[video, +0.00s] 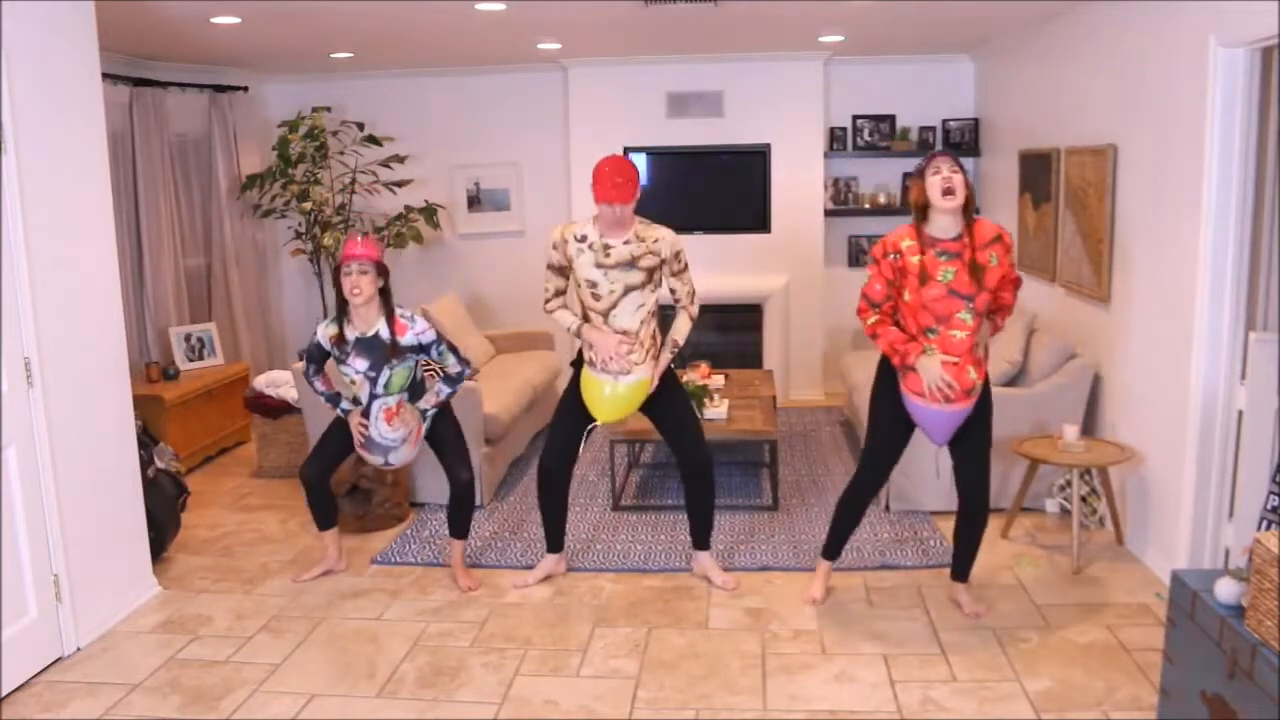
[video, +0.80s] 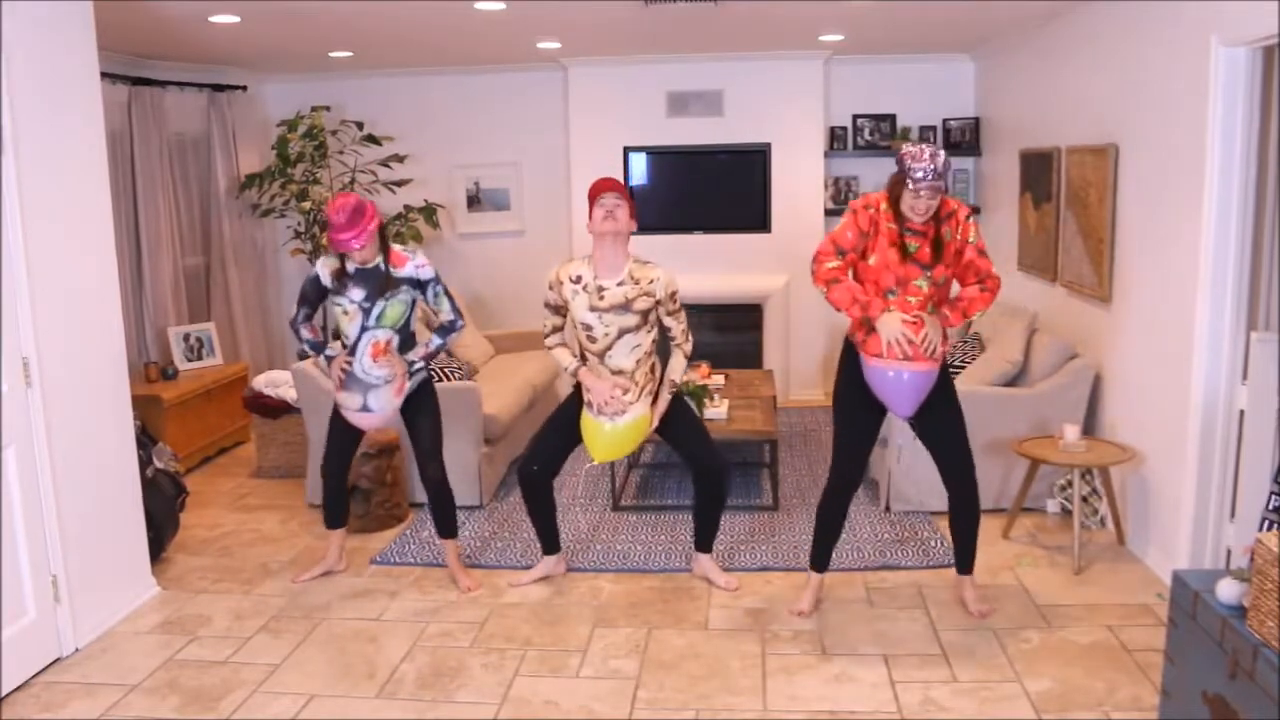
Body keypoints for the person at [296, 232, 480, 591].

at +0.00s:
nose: (354, 281)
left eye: (364, 272)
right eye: (347, 273)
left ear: (380, 279)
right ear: (339, 281)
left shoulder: (410, 324)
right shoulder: (331, 332)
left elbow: (460, 368)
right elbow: (311, 370)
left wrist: (421, 409)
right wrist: (347, 410)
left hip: (420, 403)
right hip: (365, 409)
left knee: (463, 477)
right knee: (312, 474)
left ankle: (457, 560)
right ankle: (333, 555)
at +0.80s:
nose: (357, 255)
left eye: (362, 245)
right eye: (348, 249)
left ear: (377, 229)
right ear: (337, 243)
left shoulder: (413, 264)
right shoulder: (328, 272)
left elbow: (452, 322)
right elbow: (301, 322)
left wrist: (413, 361)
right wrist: (328, 358)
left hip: (410, 380)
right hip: (356, 383)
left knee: (432, 469)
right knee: (333, 466)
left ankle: (454, 560)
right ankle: (334, 554)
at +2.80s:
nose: (365, 260)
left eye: (372, 251)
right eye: (357, 253)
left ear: (387, 241)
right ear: (347, 250)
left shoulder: (417, 276)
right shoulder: (336, 284)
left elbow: (456, 334)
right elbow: (304, 335)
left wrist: (417, 373)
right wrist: (333, 373)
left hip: (408, 390)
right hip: (356, 392)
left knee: (445, 478)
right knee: (314, 483)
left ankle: (455, 560)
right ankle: (333, 555)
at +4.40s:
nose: (376, 286)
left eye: (383, 277)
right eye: (368, 279)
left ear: (398, 268)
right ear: (357, 276)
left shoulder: (418, 296)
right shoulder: (346, 307)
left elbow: (433, 346)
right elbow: (309, 354)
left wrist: (400, 398)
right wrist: (328, 396)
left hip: (398, 411)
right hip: (348, 411)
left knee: (429, 502)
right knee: (311, 502)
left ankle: (452, 562)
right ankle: (333, 556)